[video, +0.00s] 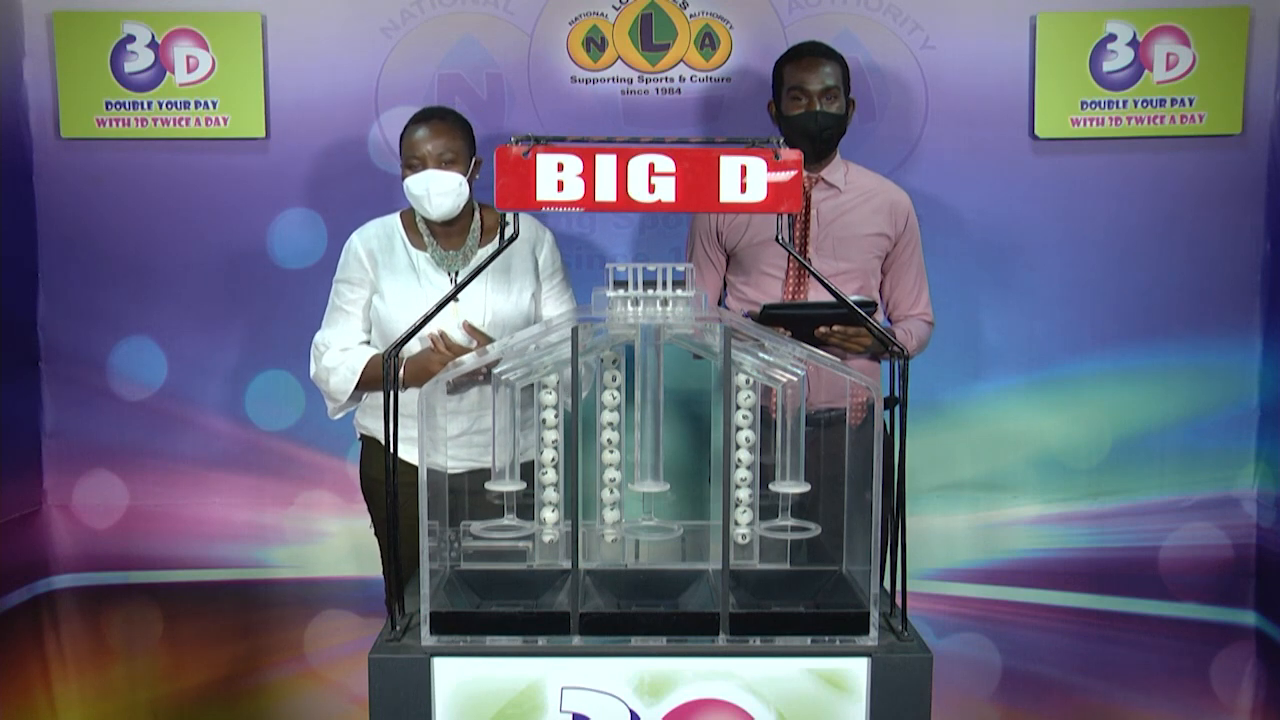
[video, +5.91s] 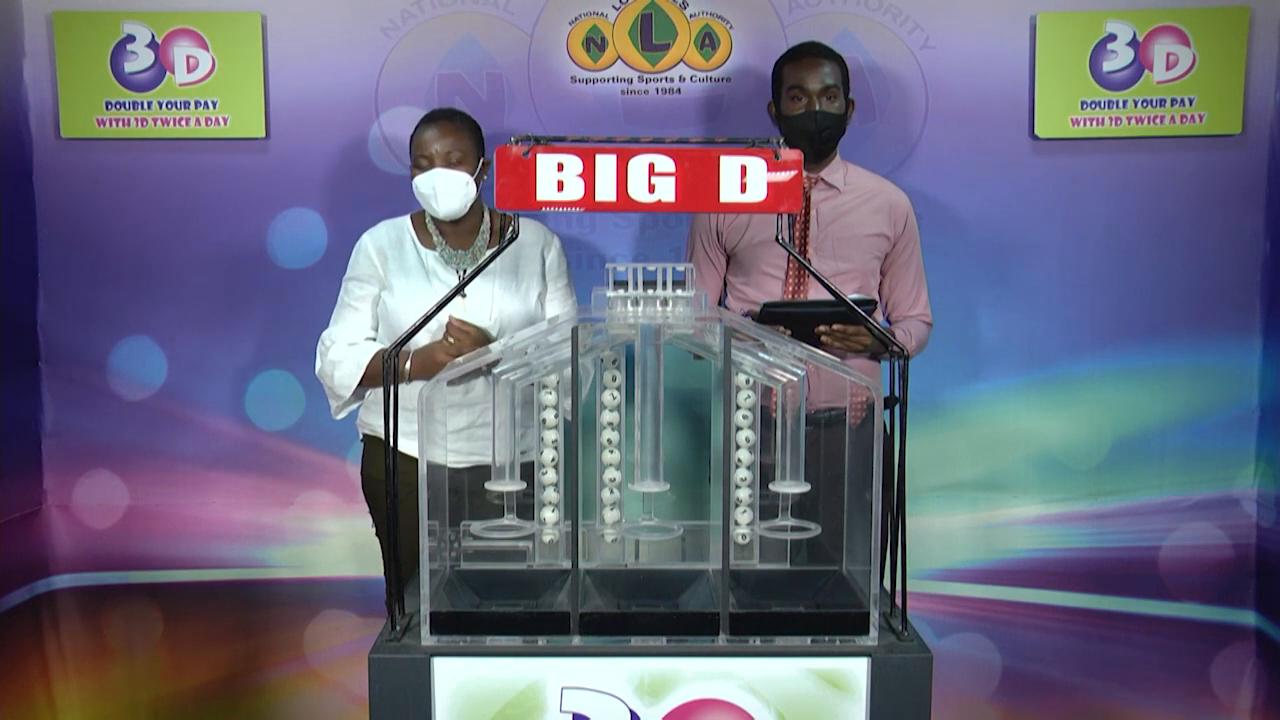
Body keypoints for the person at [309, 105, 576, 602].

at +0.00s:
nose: (434, 179)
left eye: (448, 162)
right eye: (419, 166)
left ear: (473, 165)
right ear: (403, 172)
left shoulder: (529, 241)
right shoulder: (370, 247)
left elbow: (568, 350)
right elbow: (331, 362)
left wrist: (502, 359)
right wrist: (407, 370)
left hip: (505, 462)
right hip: (403, 465)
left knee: (504, 617)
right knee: (415, 616)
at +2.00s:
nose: (447, 179)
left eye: (462, 162)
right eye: (433, 165)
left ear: (490, 166)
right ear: (420, 172)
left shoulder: (544, 244)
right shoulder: (387, 246)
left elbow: (575, 360)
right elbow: (344, 357)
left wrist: (500, 356)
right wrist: (429, 360)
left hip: (512, 463)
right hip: (409, 463)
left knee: (506, 616)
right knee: (416, 617)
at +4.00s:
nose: (447, 180)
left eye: (462, 164)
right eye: (433, 166)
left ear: (489, 166)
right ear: (419, 171)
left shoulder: (543, 246)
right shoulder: (385, 246)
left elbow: (569, 360)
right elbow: (340, 359)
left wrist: (494, 351)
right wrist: (417, 361)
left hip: (510, 463)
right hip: (407, 463)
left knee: (504, 619)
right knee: (415, 617)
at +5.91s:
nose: (441, 179)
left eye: (455, 163)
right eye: (427, 165)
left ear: (481, 167)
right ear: (413, 172)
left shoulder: (537, 246)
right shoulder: (379, 248)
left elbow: (566, 352)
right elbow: (336, 361)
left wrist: (495, 355)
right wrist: (417, 362)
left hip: (505, 462)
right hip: (404, 462)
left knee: (500, 613)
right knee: (414, 612)